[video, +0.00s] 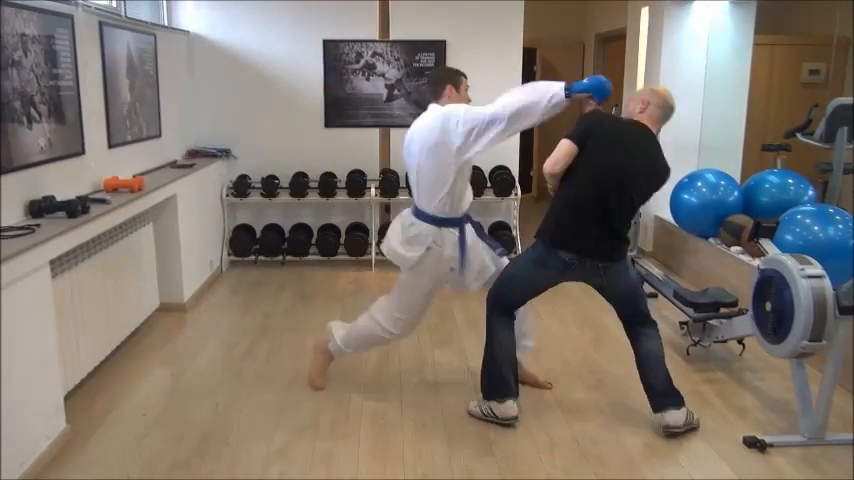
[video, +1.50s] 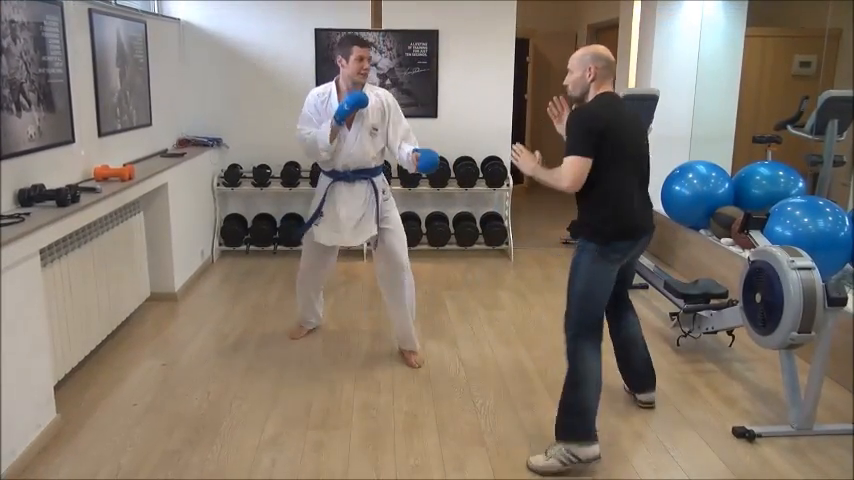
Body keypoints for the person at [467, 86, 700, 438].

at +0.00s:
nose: (625, 107)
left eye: (630, 102)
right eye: (630, 103)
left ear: (643, 105)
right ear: (662, 118)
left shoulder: (595, 121)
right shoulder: (660, 166)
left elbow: (552, 167)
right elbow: (625, 199)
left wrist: (556, 186)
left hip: (557, 248)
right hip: (609, 259)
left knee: (500, 303)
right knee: (641, 325)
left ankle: (501, 401)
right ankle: (671, 410)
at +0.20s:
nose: (670, 82)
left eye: (674, 77)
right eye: (675, 77)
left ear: (684, 81)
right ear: (706, 96)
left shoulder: (636, 101)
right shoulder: (706, 149)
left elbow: (588, 149)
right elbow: (673, 187)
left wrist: (604, 182)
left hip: (595, 228)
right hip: (648, 242)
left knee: (545, 308)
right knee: (663, 325)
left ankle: (510, 396)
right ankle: (674, 415)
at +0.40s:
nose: (658, 45)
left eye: (663, 36)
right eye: (661, 36)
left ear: (682, 41)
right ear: (699, 46)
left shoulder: (643, 81)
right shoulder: (725, 100)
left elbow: (601, 148)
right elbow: (694, 154)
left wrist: (605, 176)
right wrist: (636, 169)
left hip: (629, 209)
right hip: (680, 220)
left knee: (574, 284)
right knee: (686, 310)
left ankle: (575, 386)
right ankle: (704, 413)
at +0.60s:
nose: (644, 73)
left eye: (648, 66)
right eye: (645, 65)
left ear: (670, 69)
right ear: (689, 70)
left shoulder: (642, 116)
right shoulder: (720, 119)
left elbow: (626, 191)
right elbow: (684, 161)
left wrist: (604, 169)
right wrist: (648, 110)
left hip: (642, 243)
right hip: (694, 249)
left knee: (591, 312)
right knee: (704, 335)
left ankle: (608, 417)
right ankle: (721, 439)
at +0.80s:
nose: (610, 52)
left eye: (614, 43)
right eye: (612, 43)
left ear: (635, 43)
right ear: (658, 43)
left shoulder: (614, 87)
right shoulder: (695, 90)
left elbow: (580, 158)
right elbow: (663, 137)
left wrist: (566, 136)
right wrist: (617, 90)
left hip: (615, 219)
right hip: (666, 227)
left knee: (557, 300)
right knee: (672, 325)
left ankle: (548, 406)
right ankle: (685, 432)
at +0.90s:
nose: (588, 76)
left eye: (591, 68)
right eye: (589, 68)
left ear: (612, 69)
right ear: (637, 68)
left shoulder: (599, 118)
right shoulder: (678, 114)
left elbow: (558, 192)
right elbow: (649, 165)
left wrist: (547, 154)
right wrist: (602, 113)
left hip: (597, 244)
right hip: (650, 251)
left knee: (541, 326)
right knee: (649, 346)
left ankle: (521, 434)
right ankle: (650, 447)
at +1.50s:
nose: (565, 79)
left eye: (570, 71)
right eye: (567, 72)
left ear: (591, 74)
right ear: (600, 74)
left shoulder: (590, 115)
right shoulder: (626, 112)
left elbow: (570, 181)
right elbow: (607, 165)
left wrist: (534, 169)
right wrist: (571, 133)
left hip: (603, 235)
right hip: (635, 229)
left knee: (582, 332)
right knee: (618, 303)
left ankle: (578, 442)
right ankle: (643, 387)